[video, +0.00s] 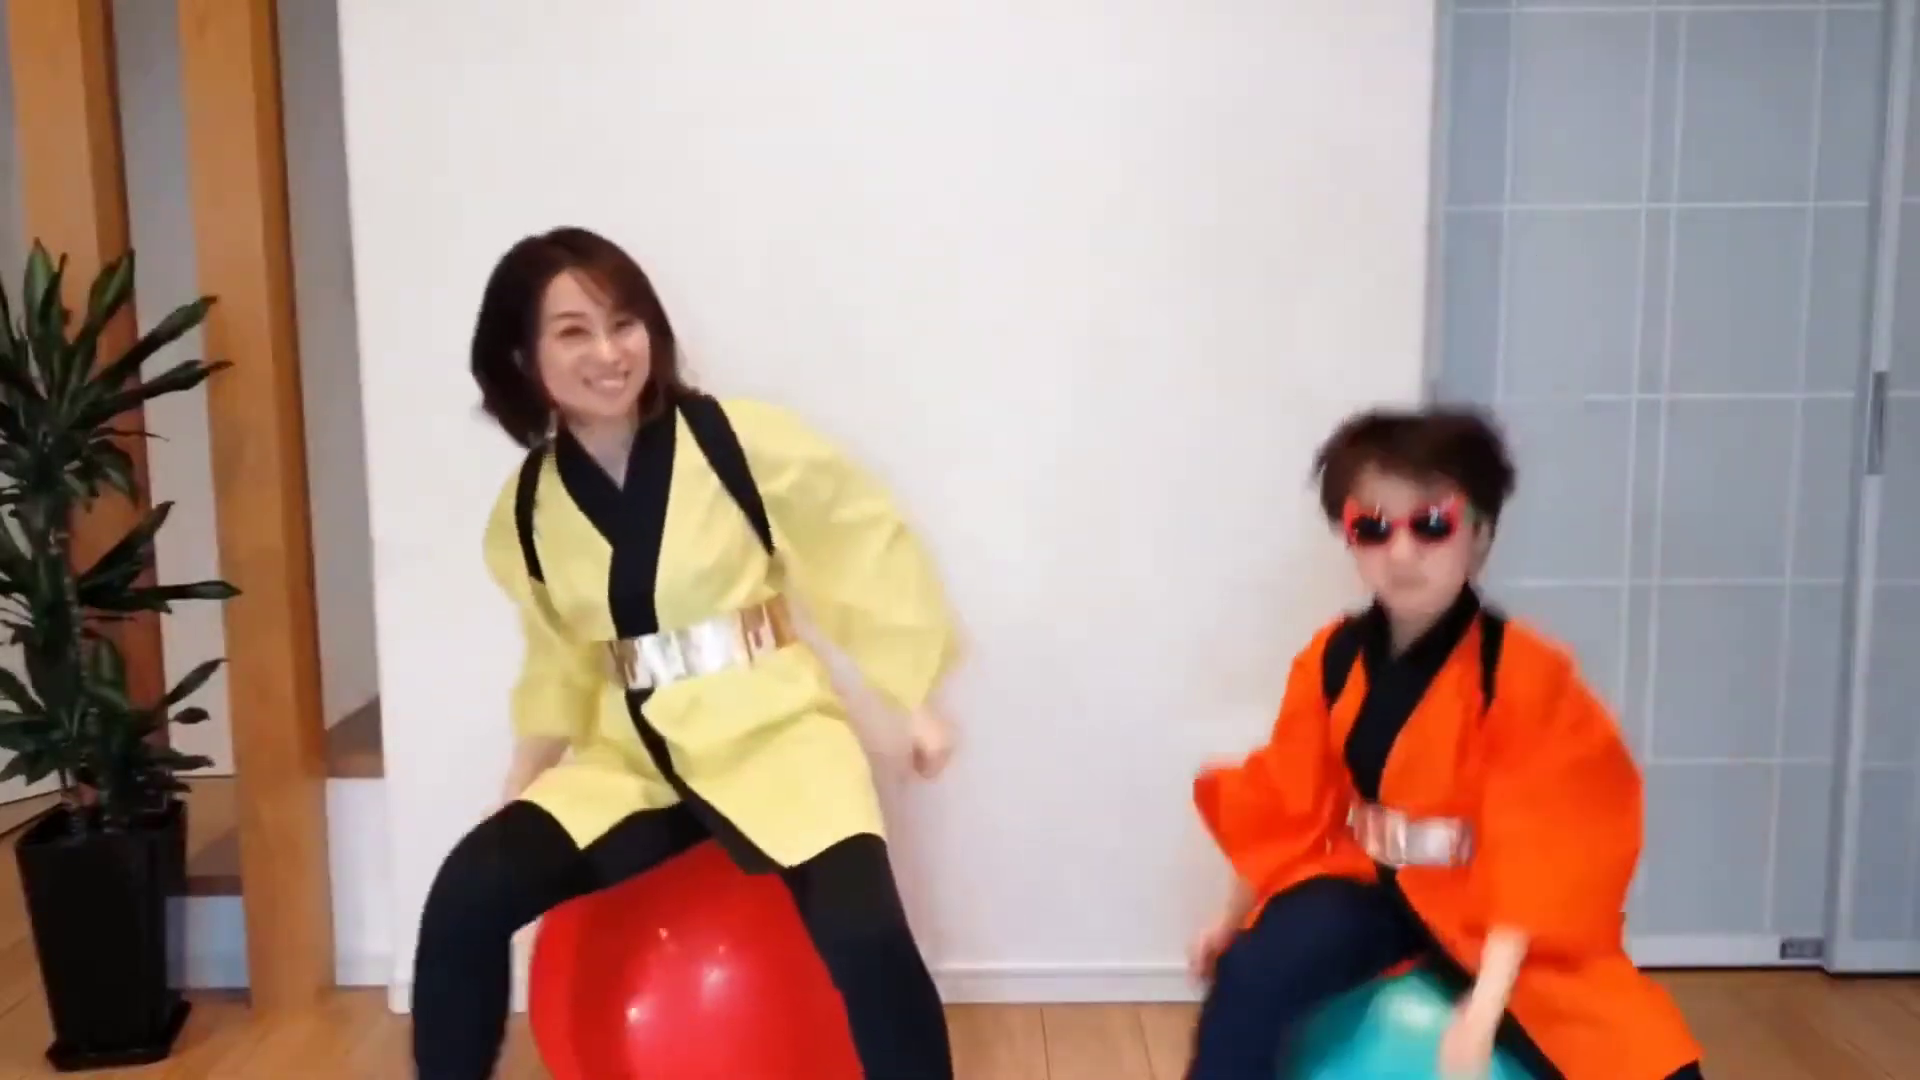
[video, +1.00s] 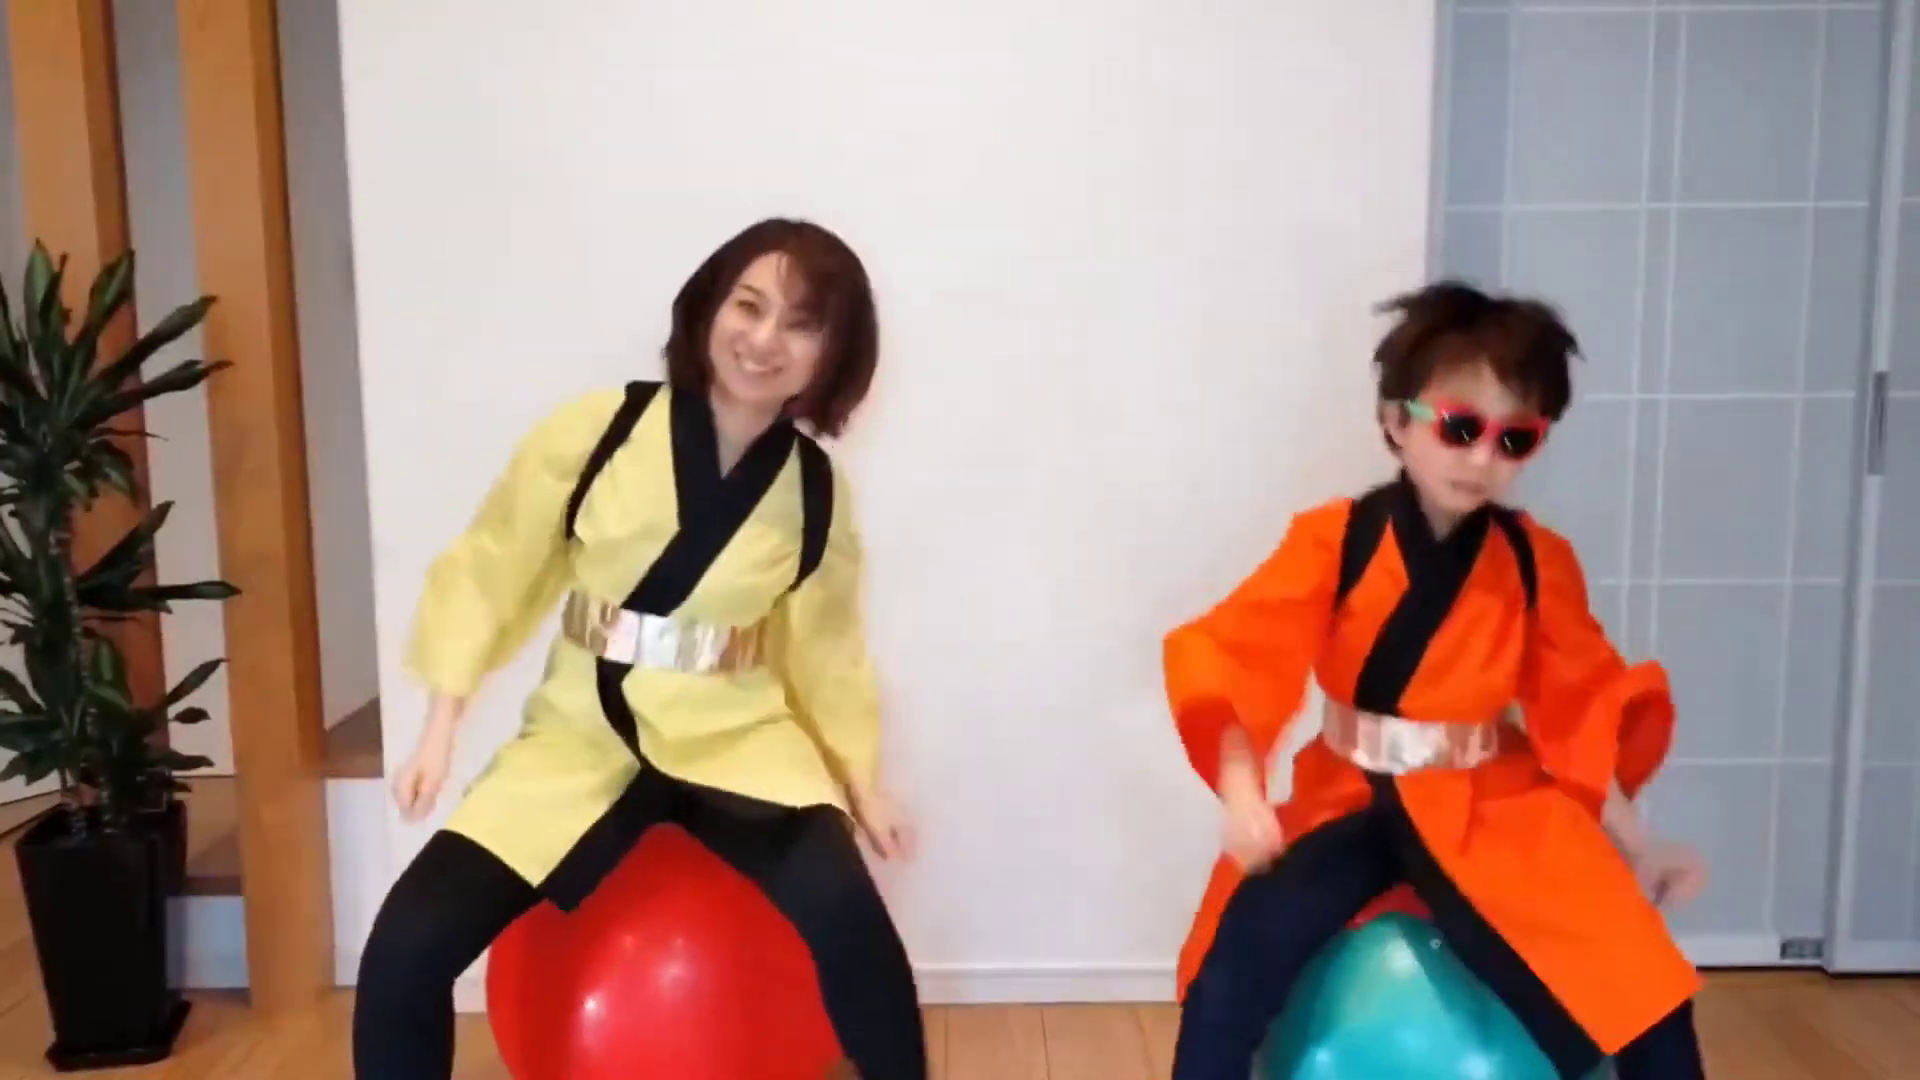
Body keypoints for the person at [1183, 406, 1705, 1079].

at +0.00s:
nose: (1401, 552)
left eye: (1432, 523)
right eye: (1372, 527)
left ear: (1483, 536)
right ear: (1347, 542)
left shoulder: (1528, 677)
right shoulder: (1333, 661)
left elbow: (1540, 851)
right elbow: (1287, 805)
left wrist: (1481, 1018)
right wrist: (1232, 918)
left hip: (1498, 909)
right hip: (1375, 892)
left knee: (1652, 1058)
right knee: (1251, 970)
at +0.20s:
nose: (1347, 470)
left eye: (1381, 449)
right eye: (1323, 447)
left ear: (1431, 483)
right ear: (1299, 471)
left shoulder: (1444, 611)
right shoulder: (1284, 610)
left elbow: (1417, 784)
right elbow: (1220, 752)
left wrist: (1383, 958)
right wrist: (1144, 881)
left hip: (1461, 874)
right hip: (1344, 860)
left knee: (1588, 1051)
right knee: (1194, 998)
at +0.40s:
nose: (1345, 370)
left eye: (1376, 348)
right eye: (1319, 350)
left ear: (1423, 376)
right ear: (1293, 374)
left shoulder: (1446, 495)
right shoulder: (1272, 505)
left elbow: (1498, 599)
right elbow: (1172, 589)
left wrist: (1378, 554)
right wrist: (1064, 580)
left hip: (1454, 779)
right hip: (1326, 773)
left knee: (1555, 1006)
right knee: (1212, 970)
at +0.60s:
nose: (1360, 542)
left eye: (1392, 520)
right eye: (1332, 517)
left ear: (1432, 550)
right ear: (1302, 542)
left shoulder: (1456, 662)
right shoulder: (1276, 657)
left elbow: (1541, 821)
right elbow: (1162, 782)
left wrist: (1489, 682)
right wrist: (1182, 678)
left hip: (1438, 903)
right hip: (1316, 896)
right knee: (1202, 1005)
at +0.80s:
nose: (1407, 465)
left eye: (1440, 444)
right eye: (1381, 433)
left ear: (1465, 462)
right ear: (1334, 441)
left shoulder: (1495, 592)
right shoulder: (1285, 571)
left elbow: (1525, 778)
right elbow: (1230, 738)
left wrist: (1573, 737)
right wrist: (1175, 702)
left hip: (1456, 845)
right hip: (1318, 836)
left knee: (1585, 1040)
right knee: (1197, 1004)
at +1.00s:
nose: (1483, 459)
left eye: (1515, 439)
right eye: (1459, 426)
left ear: (1537, 446)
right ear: (1397, 423)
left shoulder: (1536, 561)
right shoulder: (1336, 539)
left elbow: (1581, 714)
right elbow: (1223, 661)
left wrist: (1635, 842)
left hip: (1490, 805)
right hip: (1351, 800)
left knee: (1646, 983)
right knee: (1240, 954)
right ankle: (1207, 1067)